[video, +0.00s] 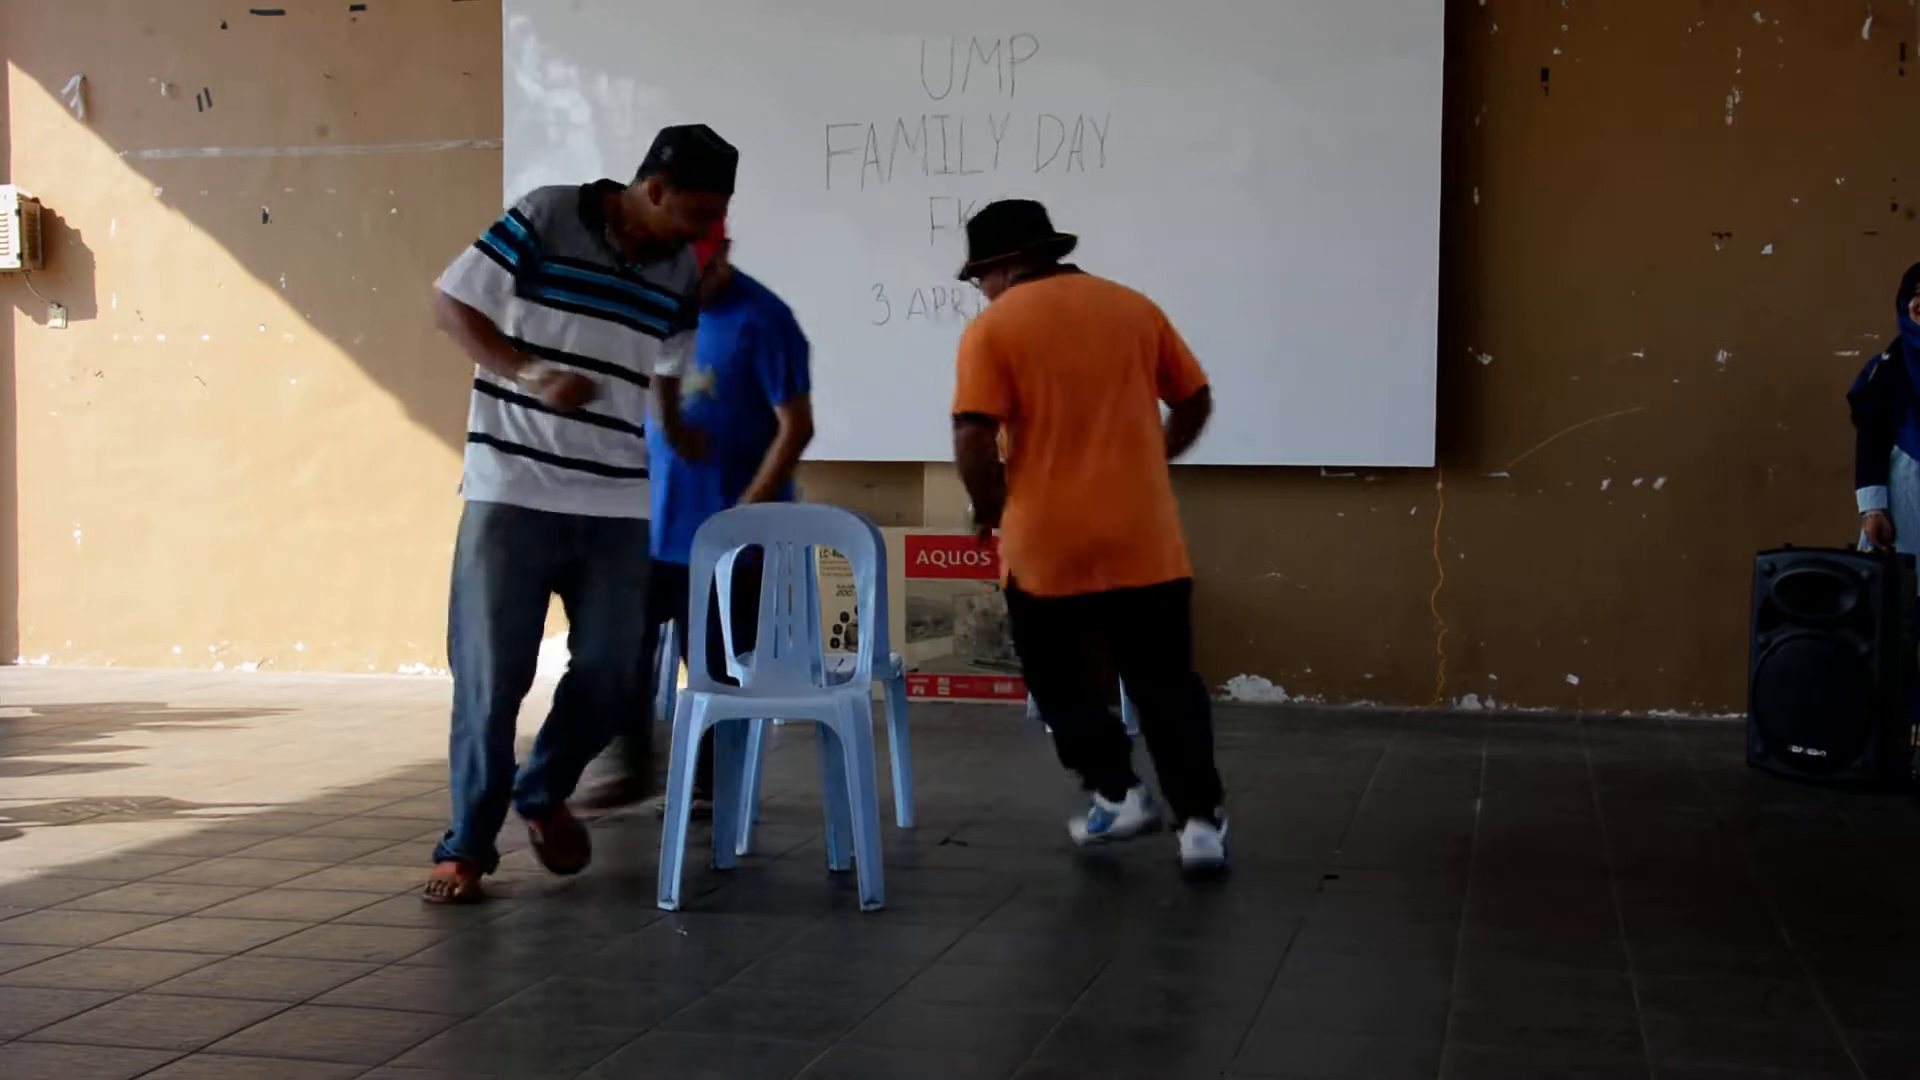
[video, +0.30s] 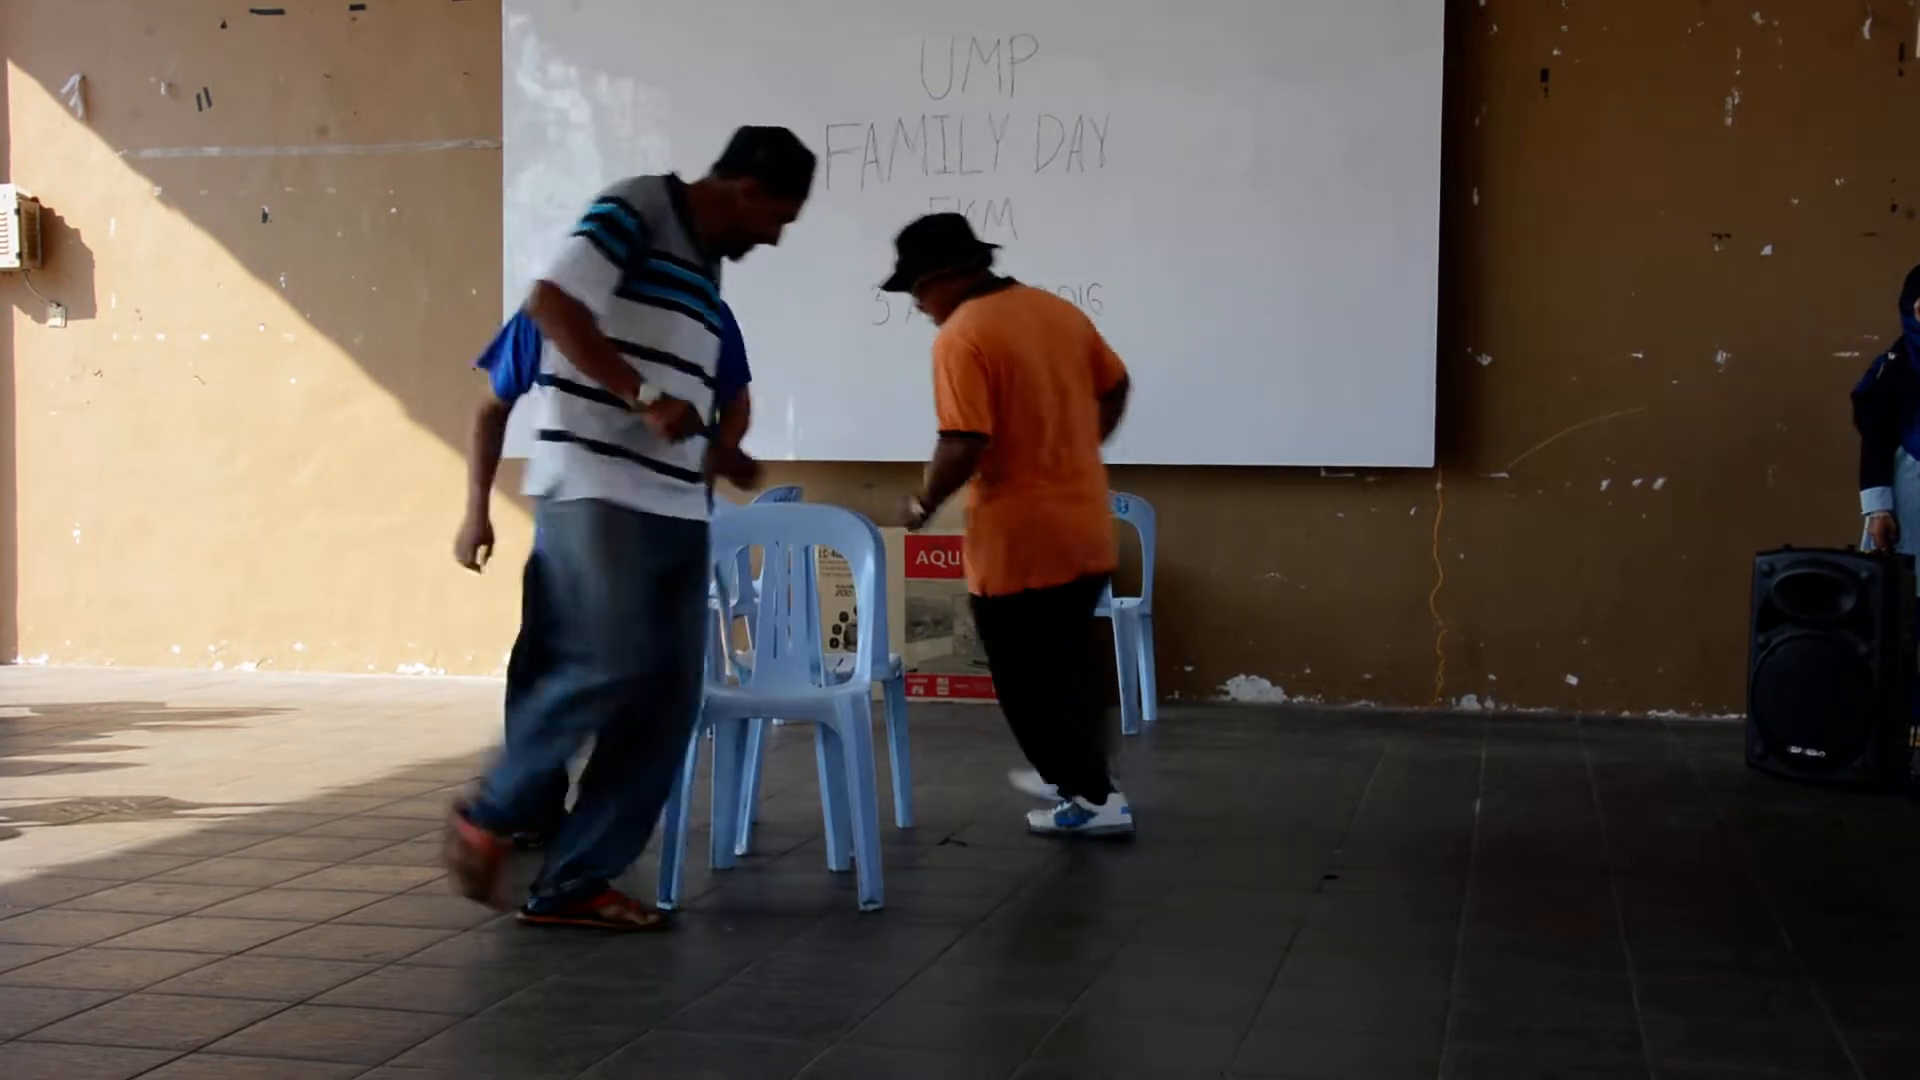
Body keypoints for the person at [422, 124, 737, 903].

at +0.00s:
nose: (694, 235)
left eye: (706, 222)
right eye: (690, 217)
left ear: (695, 205)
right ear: (651, 185)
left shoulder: (683, 270)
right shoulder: (547, 217)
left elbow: (666, 368)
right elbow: (454, 300)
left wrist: (674, 426)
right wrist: (524, 370)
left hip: (617, 507)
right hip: (511, 493)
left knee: (614, 674)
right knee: (491, 677)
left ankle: (540, 792)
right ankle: (465, 849)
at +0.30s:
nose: (776, 238)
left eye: (786, 223)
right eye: (779, 218)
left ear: (751, 195)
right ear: (744, 186)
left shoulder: (706, 268)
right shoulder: (637, 206)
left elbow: (683, 389)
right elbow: (552, 301)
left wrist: (717, 453)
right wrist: (639, 395)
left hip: (672, 506)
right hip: (591, 486)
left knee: (665, 702)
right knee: (608, 665)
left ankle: (574, 882)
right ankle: (492, 817)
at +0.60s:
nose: (861, 244)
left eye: (871, 231)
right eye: (868, 225)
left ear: (834, 195)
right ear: (844, 198)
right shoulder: (778, 197)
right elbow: (723, 269)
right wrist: (799, 372)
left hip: (705, 478)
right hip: (733, 476)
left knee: (775, 683)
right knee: (802, 682)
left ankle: (637, 837)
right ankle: (777, 902)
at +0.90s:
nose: (931, 235)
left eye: (927, 229)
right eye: (925, 222)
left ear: (855, 199)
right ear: (908, 204)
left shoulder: (781, 250)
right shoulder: (895, 211)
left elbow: (718, 379)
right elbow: (976, 316)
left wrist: (782, 431)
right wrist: (1000, 377)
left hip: (776, 489)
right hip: (850, 475)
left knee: (872, 677)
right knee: (951, 679)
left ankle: (856, 880)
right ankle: (899, 883)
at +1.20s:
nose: (975, 279)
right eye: (968, 266)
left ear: (892, 241)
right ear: (948, 245)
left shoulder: (824, 291)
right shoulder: (947, 255)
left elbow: (784, 428)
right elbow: (1046, 358)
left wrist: (811, 481)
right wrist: (1037, 408)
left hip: (828, 513)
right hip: (898, 499)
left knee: (942, 688)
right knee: (1001, 692)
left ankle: (944, 878)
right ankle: (923, 887)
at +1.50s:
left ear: (872, 277)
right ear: (931, 266)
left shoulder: (834, 314)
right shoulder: (978, 284)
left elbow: (782, 421)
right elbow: (1101, 353)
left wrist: (757, 493)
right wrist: (1076, 385)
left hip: (865, 521)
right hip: (949, 507)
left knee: (935, 682)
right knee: (974, 705)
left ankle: (957, 836)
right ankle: (846, 871)